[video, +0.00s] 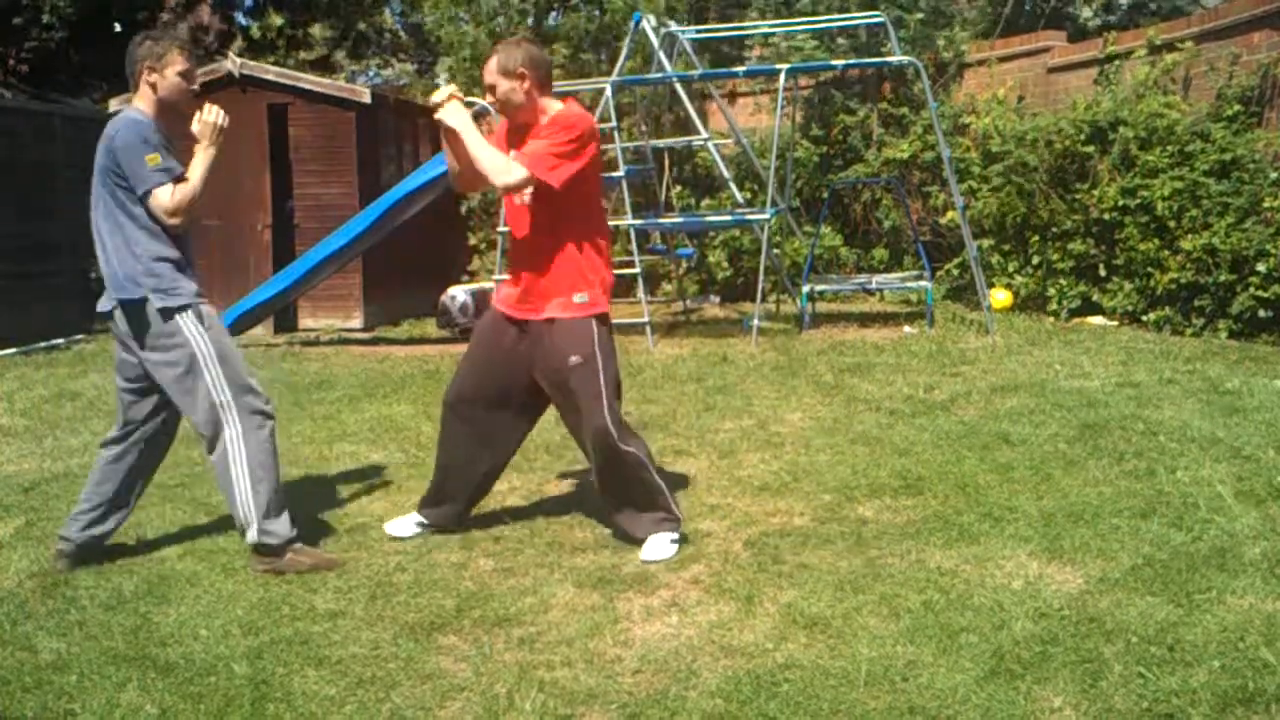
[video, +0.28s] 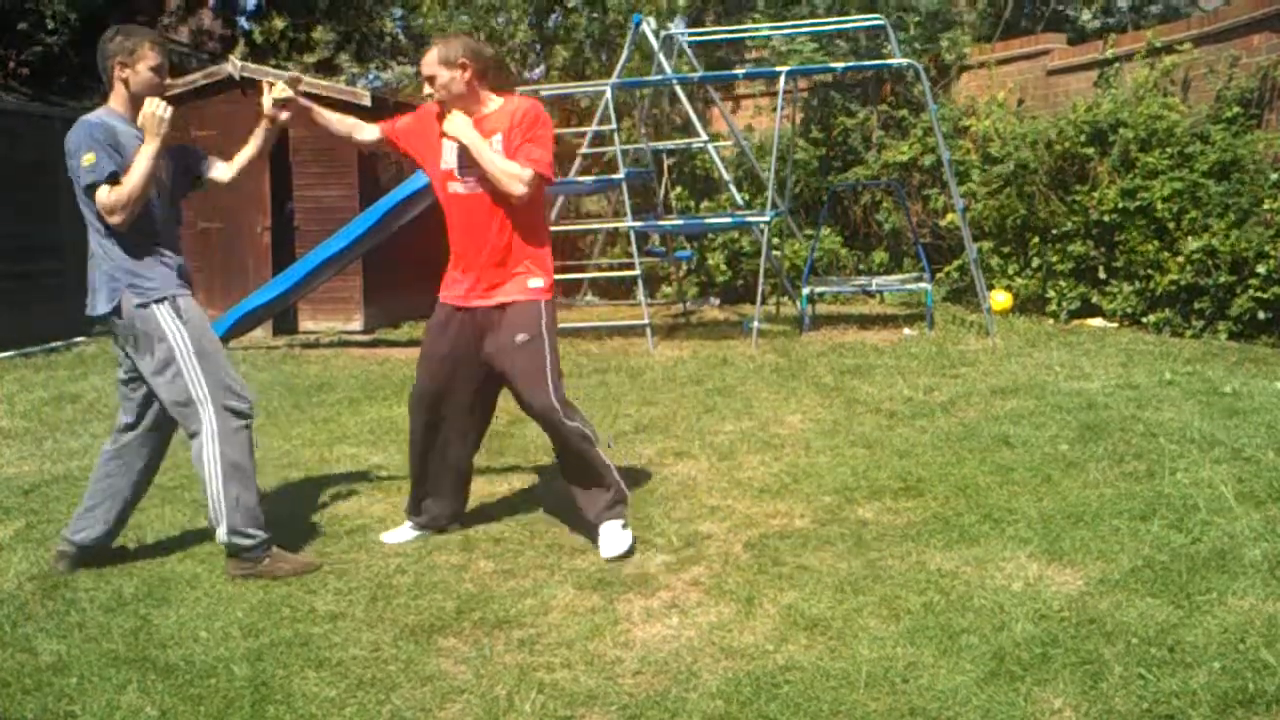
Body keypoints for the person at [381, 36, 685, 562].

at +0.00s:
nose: (490, 98)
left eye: (494, 88)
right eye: (487, 89)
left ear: (526, 82)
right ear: (516, 84)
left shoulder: (573, 123)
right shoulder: (511, 126)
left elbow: (508, 177)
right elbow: (469, 183)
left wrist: (460, 122)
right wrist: (451, 134)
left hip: (573, 297)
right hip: (517, 295)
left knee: (599, 424)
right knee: (468, 400)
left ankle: (659, 522)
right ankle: (442, 511)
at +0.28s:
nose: (429, 90)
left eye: (433, 80)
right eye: (425, 82)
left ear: (465, 73)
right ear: (454, 76)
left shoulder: (524, 113)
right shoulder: (432, 118)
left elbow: (519, 185)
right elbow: (364, 133)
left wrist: (467, 133)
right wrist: (303, 107)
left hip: (520, 285)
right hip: (461, 288)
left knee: (545, 404)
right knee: (431, 400)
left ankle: (607, 510)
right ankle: (434, 514)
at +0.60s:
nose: (394, 104)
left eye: (396, 94)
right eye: (393, 95)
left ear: (415, 86)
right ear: (437, 87)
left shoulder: (442, 121)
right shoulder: (466, 128)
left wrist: (353, 117)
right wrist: (377, 125)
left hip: (470, 299)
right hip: (440, 302)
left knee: (501, 416)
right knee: (383, 397)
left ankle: (569, 518)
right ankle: (383, 504)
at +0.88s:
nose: (341, 89)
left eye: (349, 80)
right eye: (343, 80)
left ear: (378, 84)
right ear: (380, 85)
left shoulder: (387, 122)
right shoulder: (404, 124)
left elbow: (376, 209)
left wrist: (330, 244)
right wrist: (358, 140)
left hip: (421, 291)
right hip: (389, 296)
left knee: (455, 401)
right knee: (354, 398)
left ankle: (543, 507)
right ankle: (362, 514)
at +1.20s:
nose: (373, 88)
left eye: (382, 78)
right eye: (369, 79)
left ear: (416, 78)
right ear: (371, 82)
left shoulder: (455, 131)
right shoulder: (359, 131)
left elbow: (456, 198)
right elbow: (326, 197)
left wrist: (406, 145)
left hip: (438, 307)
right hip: (368, 308)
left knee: (477, 414)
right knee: (348, 413)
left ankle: (531, 496)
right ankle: (358, 514)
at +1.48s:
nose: (356, 85)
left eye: (365, 76)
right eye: (354, 77)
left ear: (398, 76)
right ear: (361, 79)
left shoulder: (416, 110)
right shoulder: (378, 123)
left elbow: (329, 120)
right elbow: (394, 197)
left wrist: (251, 112)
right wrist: (368, 244)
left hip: (437, 290)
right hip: (383, 295)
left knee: (481, 408)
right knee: (351, 417)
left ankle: (531, 493)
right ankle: (317, 538)